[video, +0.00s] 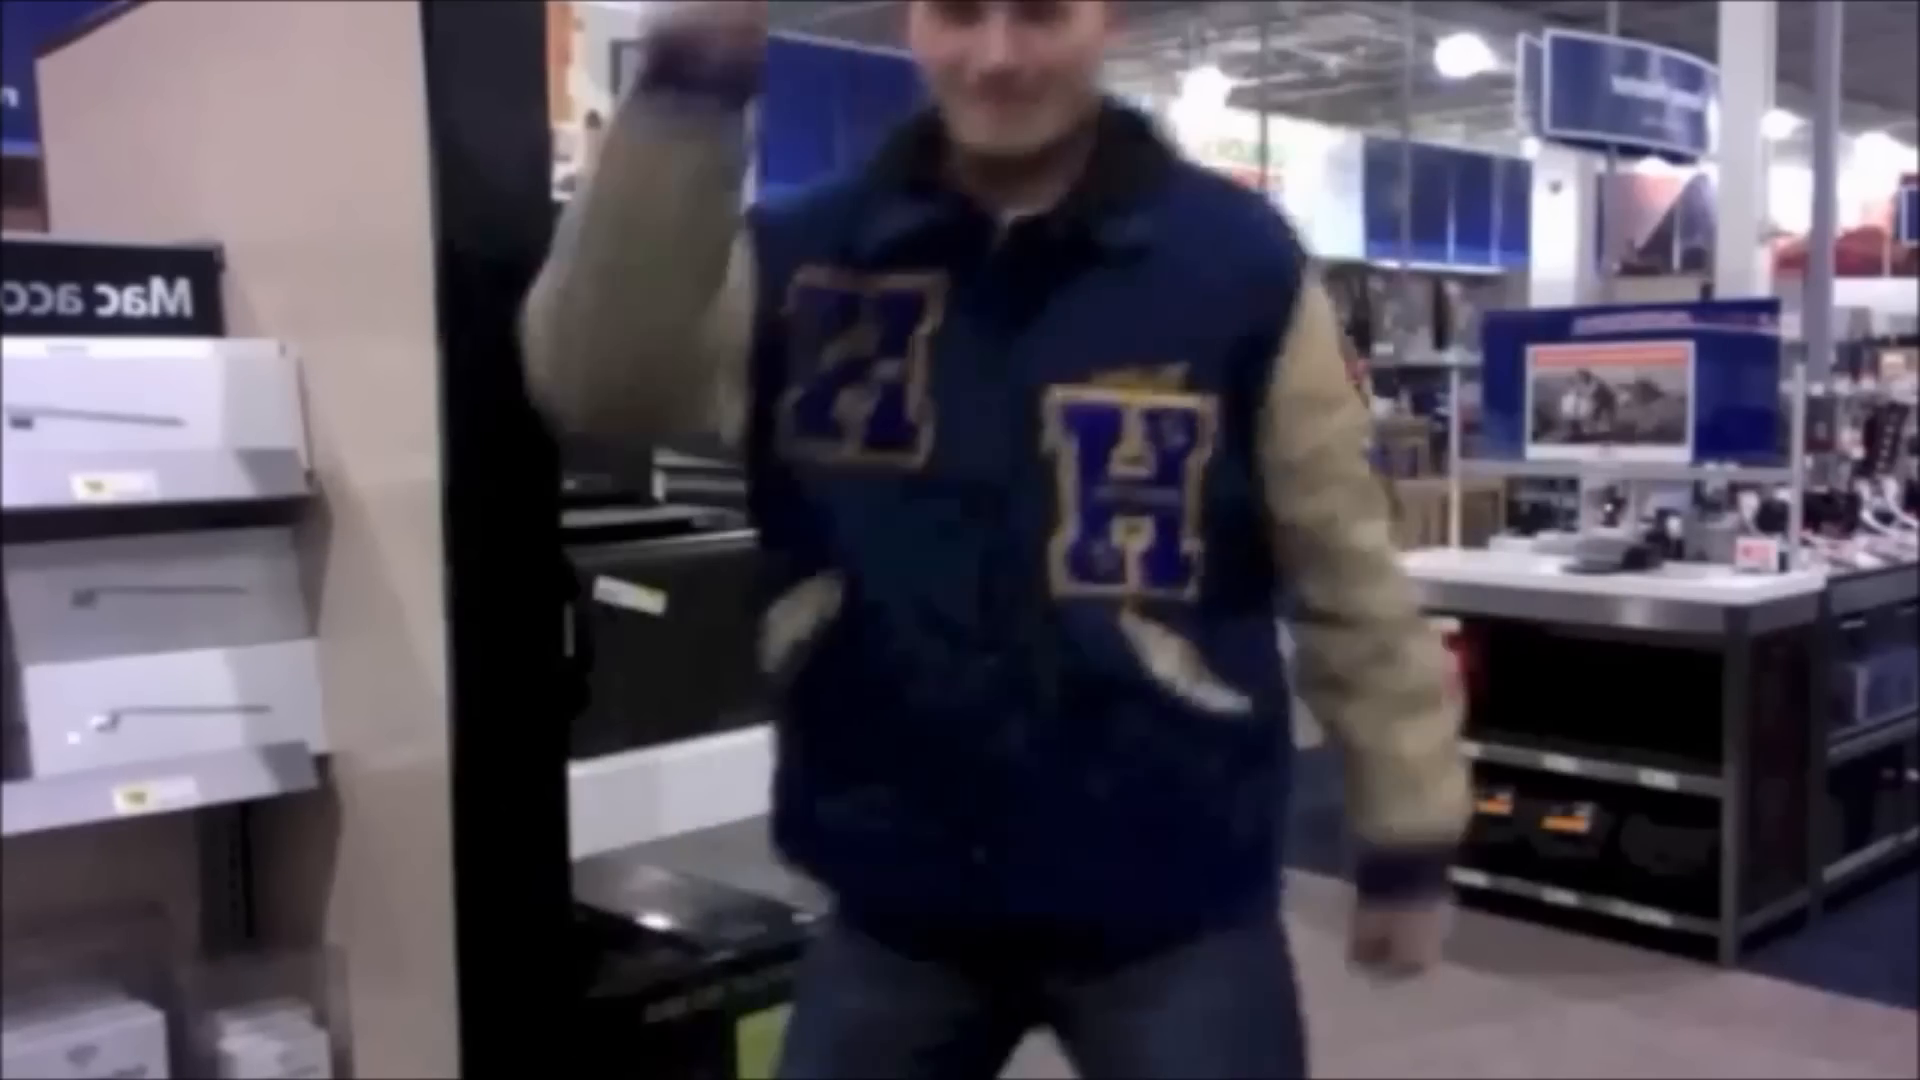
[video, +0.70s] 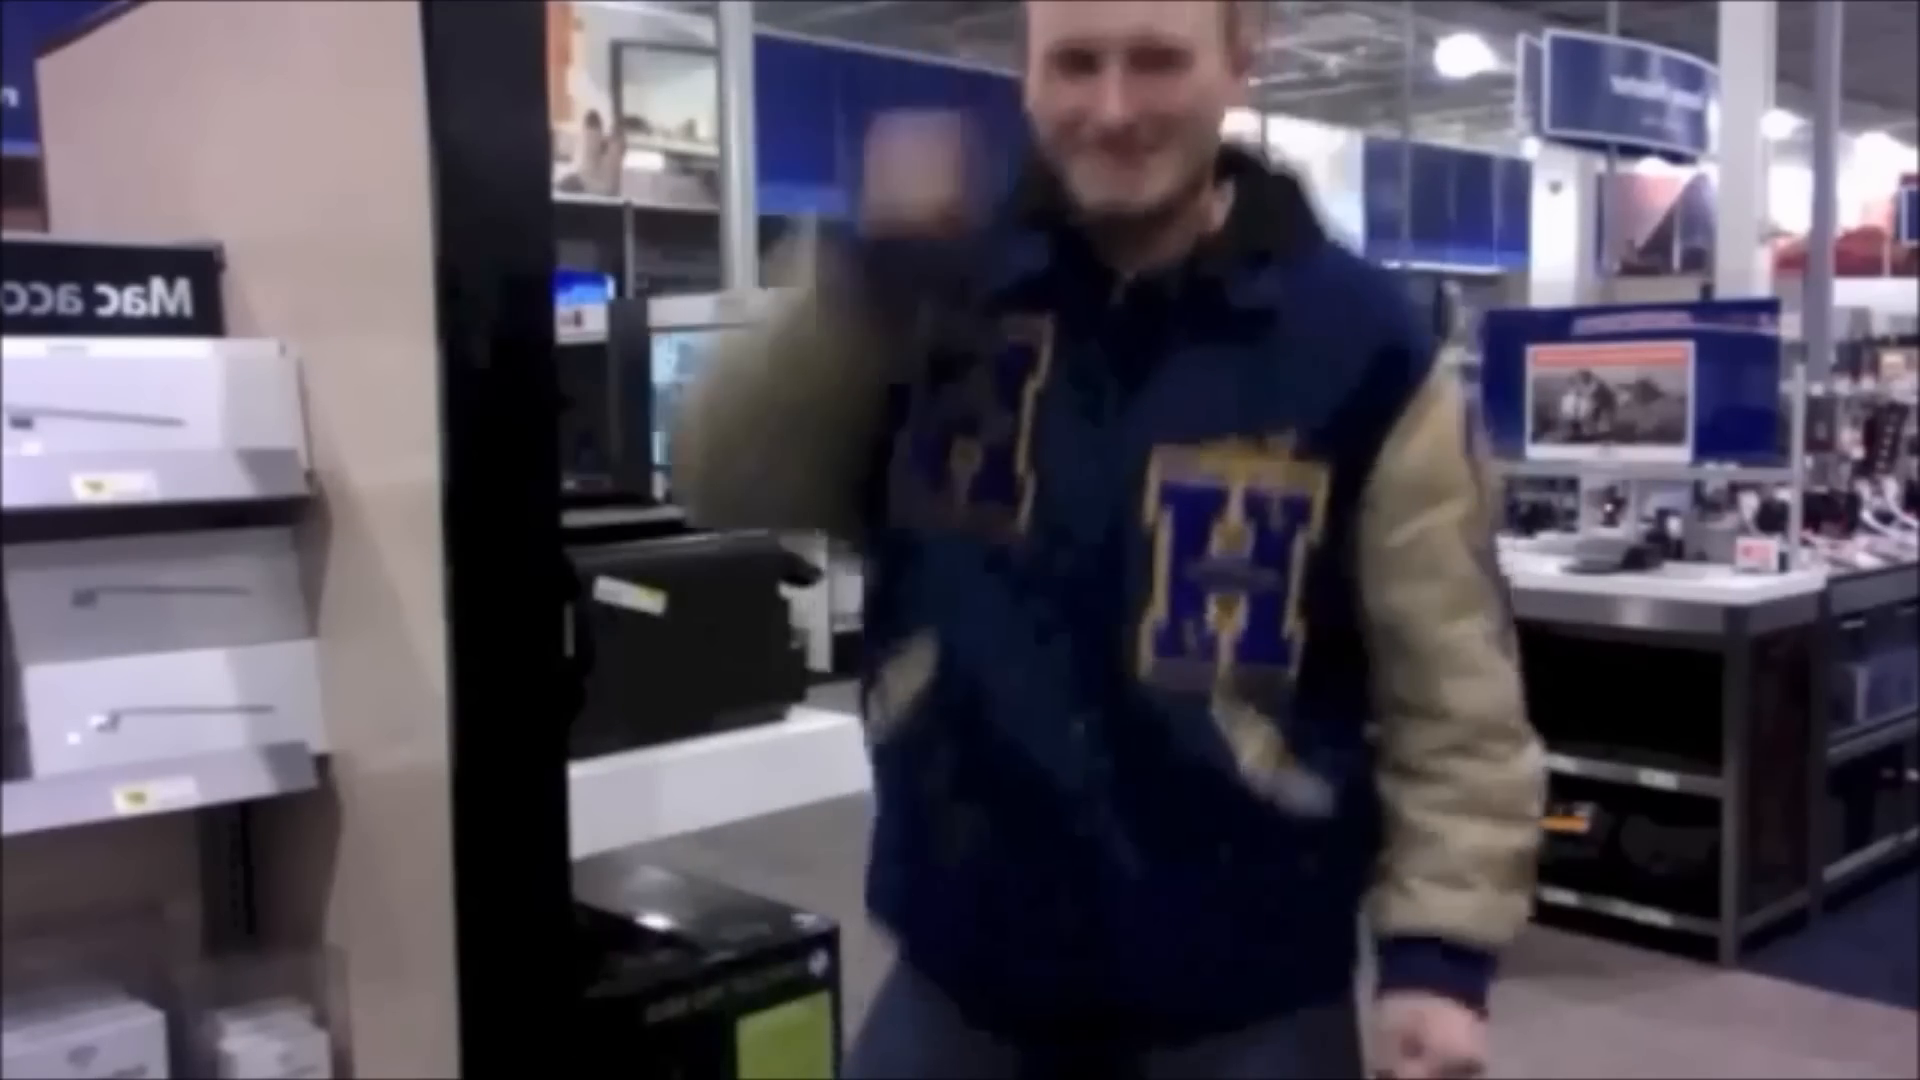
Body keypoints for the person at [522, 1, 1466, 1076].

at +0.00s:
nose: (998, 52)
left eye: (1042, 15)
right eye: (959, 13)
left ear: (1108, 29)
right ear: (912, 31)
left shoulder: (1231, 263)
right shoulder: (807, 256)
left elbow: (1351, 567)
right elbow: (597, 388)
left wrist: (1407, 837)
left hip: (1167, 899)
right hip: (897, 896)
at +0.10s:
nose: (1041, 67)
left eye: (1082, 26)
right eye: (1002, 29)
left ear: (1151, 32)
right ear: (956, 39)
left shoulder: (1272, 276)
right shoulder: (859, 264)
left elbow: (1357, 600)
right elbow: (631, 305)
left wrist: (1382, 883)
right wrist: (766, 42)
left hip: (1205, 919)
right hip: (944, 907)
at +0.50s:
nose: (1140, 41)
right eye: (1101, 2)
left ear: (1269, 20)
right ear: (1058, 25)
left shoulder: (1378, 273)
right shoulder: (944, 232)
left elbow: (1459, 603)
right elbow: (711, 286)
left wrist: (1448, 898)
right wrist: (893, 36)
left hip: (1244, 901)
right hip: (984, 882)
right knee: (870, 1063)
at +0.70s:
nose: (1113, 107)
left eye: (1158, 59)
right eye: (1073, 62)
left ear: (1242, 60)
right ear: (1022, 75)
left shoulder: (1347, 334)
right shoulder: (942, 296)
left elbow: (1452, 682)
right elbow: (731, 482)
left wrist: (1436, 968)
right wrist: (874, 270)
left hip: (1245, 989)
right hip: (972, 974)